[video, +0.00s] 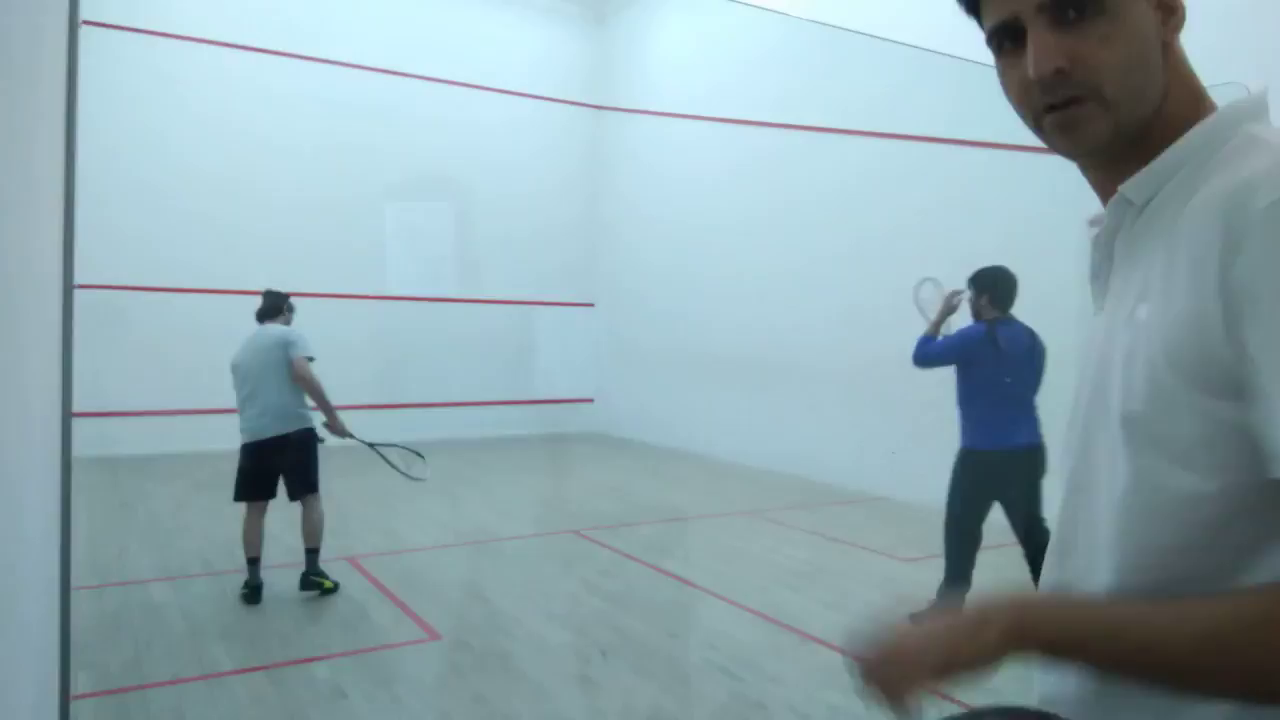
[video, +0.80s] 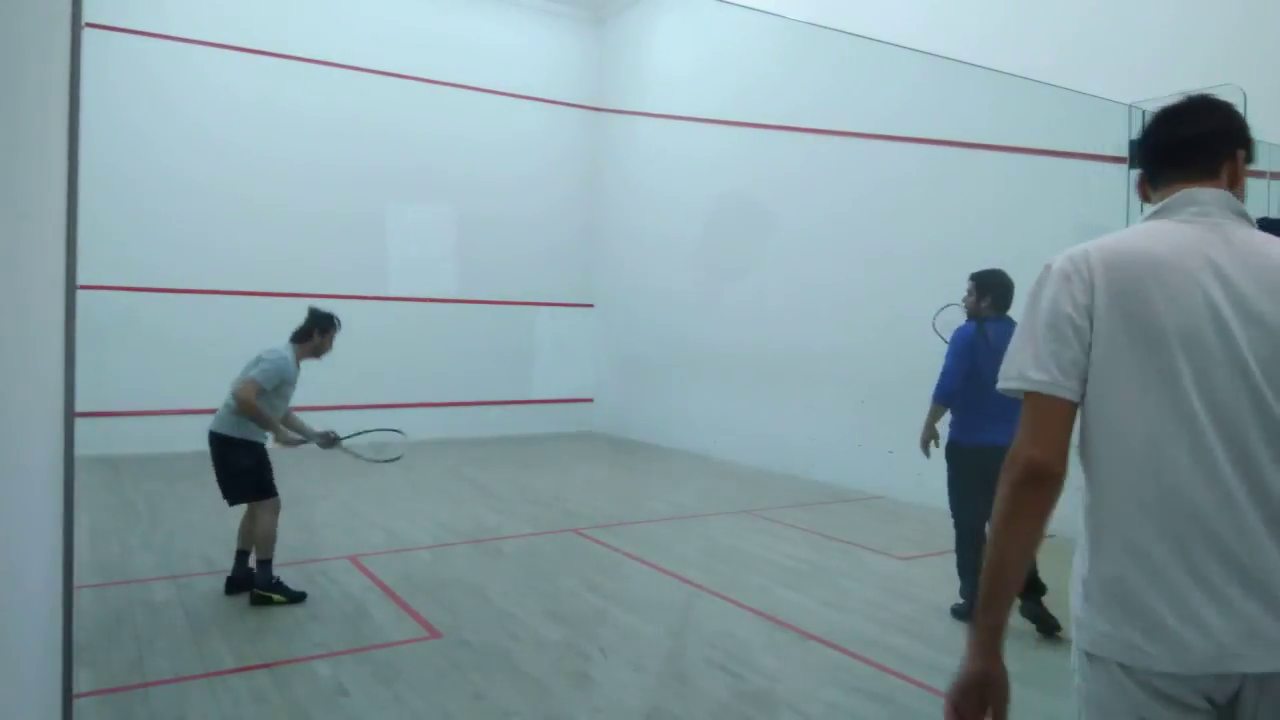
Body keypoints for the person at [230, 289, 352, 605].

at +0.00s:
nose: (292, 320)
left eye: (292, 316)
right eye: (291, 316)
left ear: (260, 314)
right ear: (285, 313)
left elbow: (246, 401)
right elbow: (302, 373)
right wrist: (331, 416)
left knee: (255, 507)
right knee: (310, 501)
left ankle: (253, 582)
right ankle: (312, 570)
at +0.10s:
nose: (300, 327)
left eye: (301, 321)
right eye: (299, 320)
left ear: (273, 317)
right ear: (288, 315)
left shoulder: (249, 350)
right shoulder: (283, 335)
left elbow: (260, 407)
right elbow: (278, 371)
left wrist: (305, 433)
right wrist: (313, 406)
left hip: (250, 443)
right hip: (282, 437)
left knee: (257, 509)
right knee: (308, 503)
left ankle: (254, 582)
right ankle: (314, 575)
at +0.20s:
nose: (325, 336)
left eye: (328, 330)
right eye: (325, 327)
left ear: (309, 323)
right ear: (308, 320)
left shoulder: (283, 352)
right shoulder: (282, 343)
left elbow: (270, 409)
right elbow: (253, 375)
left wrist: (300, 439)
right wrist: (297, 400)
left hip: (243, 438)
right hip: (262, 438)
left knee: (258, 507)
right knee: (287, 506)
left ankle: (250, 581)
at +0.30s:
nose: (335, 355)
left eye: (339, 349)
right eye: (335, 347)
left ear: (318, 341)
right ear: (317, 337)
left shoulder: (294, 369)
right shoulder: (278, 361)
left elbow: (274, 412)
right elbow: (247, 399)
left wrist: (284, 449)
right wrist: (292, 417)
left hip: (247, 441)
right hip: (237, 440)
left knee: (260, 506)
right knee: (268, 507)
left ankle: (239, 572)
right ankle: (261, 583)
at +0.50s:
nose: (327, 403)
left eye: (331, 398)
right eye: (326, 396)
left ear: (311, 385)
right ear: (311, 384)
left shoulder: (294, 403)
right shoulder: (267, 402)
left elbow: (281, 442)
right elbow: (236, 452)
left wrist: (287, 486)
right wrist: (248, 499)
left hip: (238, 449)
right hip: (213, 449)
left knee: (260, 506)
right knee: (264, 508)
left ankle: (238, 574)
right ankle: (261, 583)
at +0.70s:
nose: (338, 390)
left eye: (341, 385)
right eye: (338, 383)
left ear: (322, 377)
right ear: (322, 376)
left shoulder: (299, 408)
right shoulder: (277, 387)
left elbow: (296, 454)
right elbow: (226, 409)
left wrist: (334, 474)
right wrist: (244, 452)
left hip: (228, 448)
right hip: (211, 445)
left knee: (261, 505)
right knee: (261, 504)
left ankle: (240, 574)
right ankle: (261, 584)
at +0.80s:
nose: (331, 347)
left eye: (333, 339)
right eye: (331, 339)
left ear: (312, 334)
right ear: (316, 335)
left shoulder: (288, 366)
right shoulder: (279, 361)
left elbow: (280, 412)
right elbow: (243, 395)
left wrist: (314, 435)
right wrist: (276, 430)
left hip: (239, 438)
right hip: (237, 438)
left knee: (257, 505)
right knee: (269, 505)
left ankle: (240, 573)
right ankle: (265, 582)